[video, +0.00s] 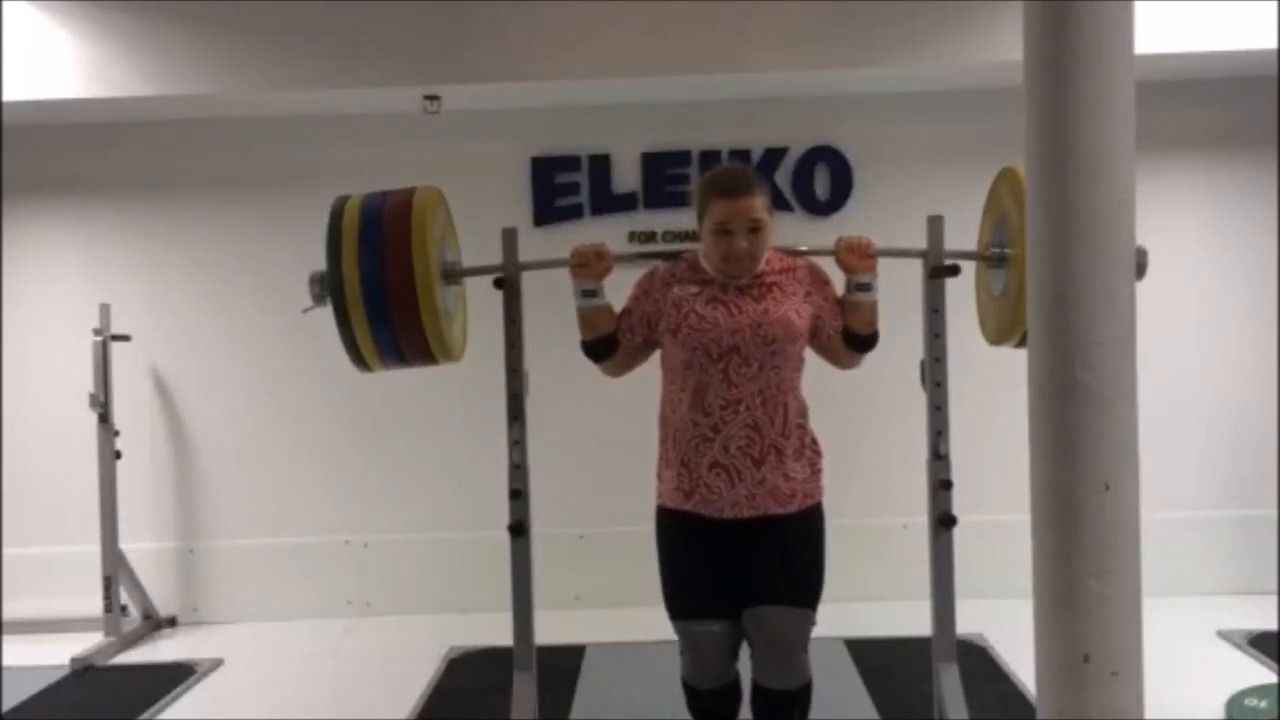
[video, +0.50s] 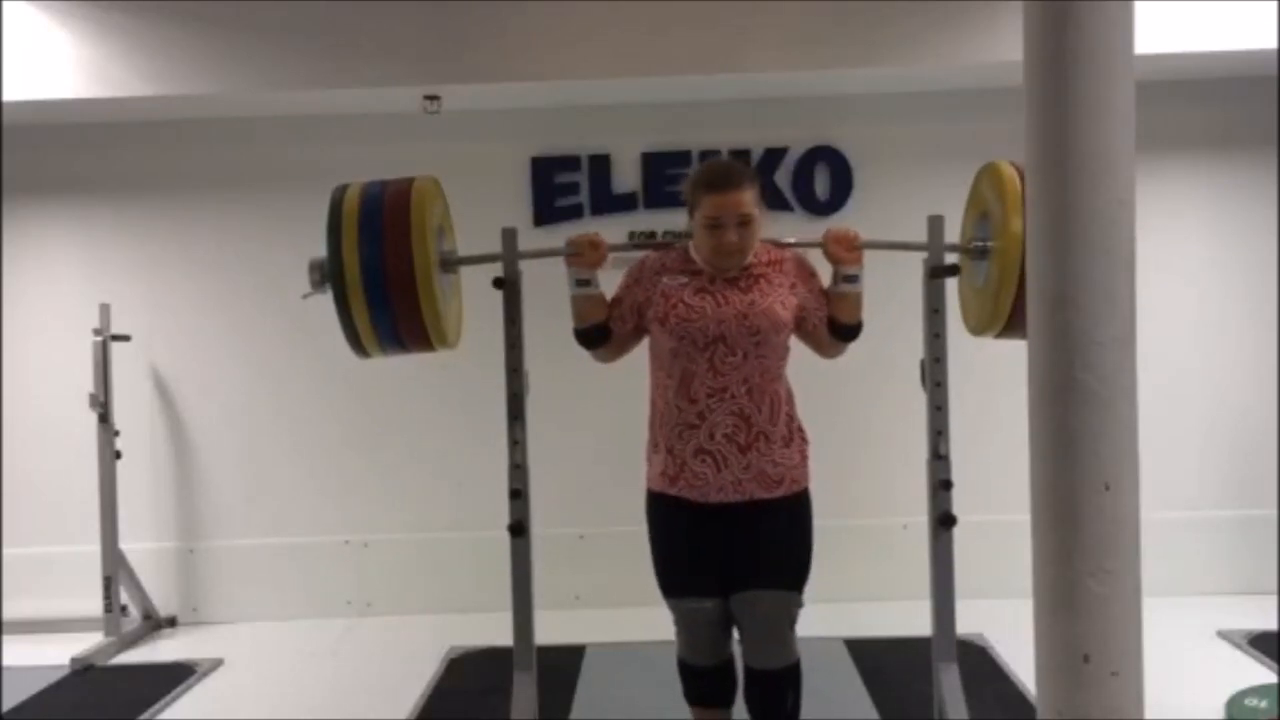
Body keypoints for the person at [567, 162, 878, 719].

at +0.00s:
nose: (738, 245)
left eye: (752, 230)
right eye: (723, 232)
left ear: (769, 227)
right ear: (701, 230)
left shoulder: (800, 279)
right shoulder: (666, 285)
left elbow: (847, 354)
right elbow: (613, 359)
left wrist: (862, 281)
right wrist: (589, 287)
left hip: (783, 507)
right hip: (693, 508)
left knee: (783, 663)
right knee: (706, 667)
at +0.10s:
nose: (737, 237)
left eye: (751, 221)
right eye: (722, 223)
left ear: (769, 219)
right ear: (700, 223)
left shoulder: (798, 272)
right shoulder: (665, 277)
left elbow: (847, 347)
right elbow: (612, 352)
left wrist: (861, 275)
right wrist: (588, 281)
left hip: (781, 496)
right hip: (692, 498)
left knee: (779, 647)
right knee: (706, 651)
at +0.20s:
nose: (736, 234)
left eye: (749, 219)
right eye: (720, 220)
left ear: (768, 215)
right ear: (698, 220)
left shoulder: (796, 269)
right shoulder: (663, 274)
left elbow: (845, 343)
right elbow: (610, 348)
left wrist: (858, 270)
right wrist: (588, 277)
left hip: (779, 492)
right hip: (690, 494)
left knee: (776, 640)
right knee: (706, 645)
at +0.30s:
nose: (734, 234)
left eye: (747, 220)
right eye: (718, 221)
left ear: (765, 216)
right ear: (696, 220)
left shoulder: (792, 266)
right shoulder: (660, 272)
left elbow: (841, 340)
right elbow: (609, 345)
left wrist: (855, 269)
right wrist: (586, 277)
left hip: (777, 490)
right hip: (689, 491)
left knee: (774, 638)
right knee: (705, 643)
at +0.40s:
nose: (732, 236)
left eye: (745, 221)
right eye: (716, 223)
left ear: (762, 217)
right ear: (694, 221)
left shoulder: (790, 268)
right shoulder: (658, 272)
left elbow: (837, 340)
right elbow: (607, 345)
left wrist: (852, 271)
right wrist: (585, 278)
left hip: (774, 490)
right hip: (686, 491)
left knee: (772, 642)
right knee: (703, 646)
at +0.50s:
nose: (729, 239)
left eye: (742, 224)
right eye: (714, 225)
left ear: (760, 219)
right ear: (692, 222)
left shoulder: (786, 269)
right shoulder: (656, 272)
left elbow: (833, 341)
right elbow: (604, 345)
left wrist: (848, 274)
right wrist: (584, 278)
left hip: (771, 490)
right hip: (683, 492)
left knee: (770, 642)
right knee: (700, 647)